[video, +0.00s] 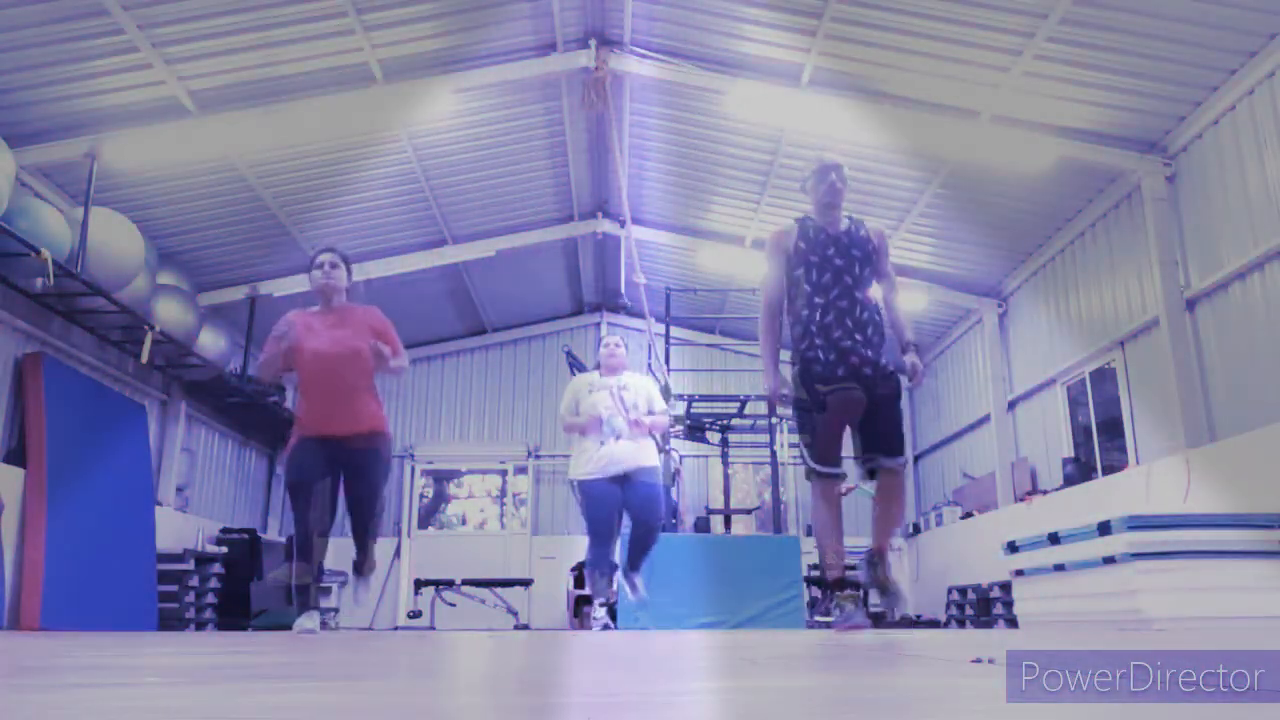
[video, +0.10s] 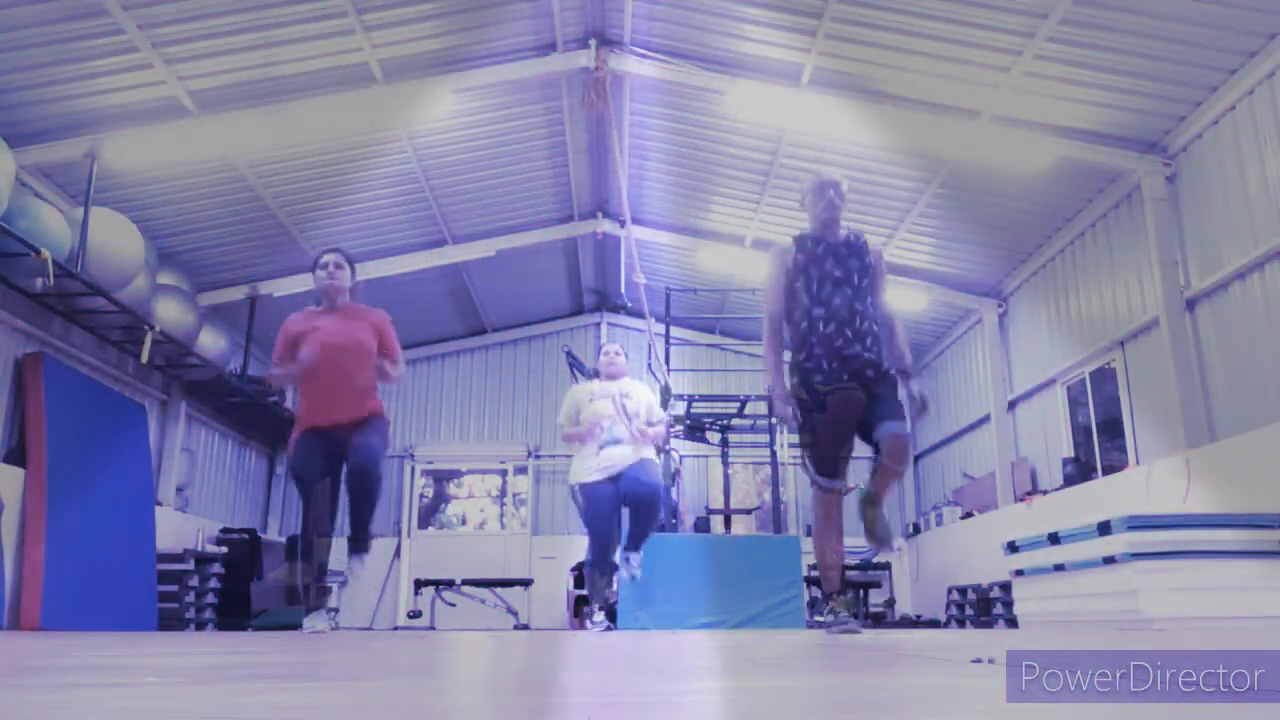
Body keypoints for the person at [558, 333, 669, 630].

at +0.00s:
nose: (613, 347)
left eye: (618, 344)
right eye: (607, 345)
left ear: (627, 355)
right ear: (598, 355)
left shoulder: (643, 382)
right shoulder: (580, 383)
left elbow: (665, 420)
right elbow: (565, 422)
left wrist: (645, 421)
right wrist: (587, 422)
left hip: (640, 466)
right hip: (595, 468)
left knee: (651, 519)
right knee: (602, 533)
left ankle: (632, 570)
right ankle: (599, 601)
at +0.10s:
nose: (612, 356)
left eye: (618, 353)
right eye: (606, 353)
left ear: (626, 363)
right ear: (597, 364)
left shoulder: (641, 390)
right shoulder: (579, 391)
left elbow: (661, 428)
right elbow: (564, 433)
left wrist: (648, 432)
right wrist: (587, 431)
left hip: (636, 459)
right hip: (592, 466)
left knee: (649, 492)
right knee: (603, 536)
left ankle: (633, 551)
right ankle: (597, 606)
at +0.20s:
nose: (612, 371)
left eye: (617, 368)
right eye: (606, 368)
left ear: (626, 377)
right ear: (597, 377)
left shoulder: (639, 408)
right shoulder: (580, 408)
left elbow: (658, 453)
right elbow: (567, 451)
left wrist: (645, 441)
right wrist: (586, 436)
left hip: (630, 473)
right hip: (591, 483)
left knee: (646, 483)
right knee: (601, 553)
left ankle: (640, 549)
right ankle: (600, 614)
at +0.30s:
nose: (615, 366)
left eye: (621, 363)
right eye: (609, 362)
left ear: (629, 372)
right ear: (600, 371)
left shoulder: (641, 402)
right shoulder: (582, 400)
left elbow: (660, 441)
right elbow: (568, 442)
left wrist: (648, 435)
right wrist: (588, 429)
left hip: (635, 467)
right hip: (593, 474)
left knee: (645, 496)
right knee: (601, 546)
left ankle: (641, 567)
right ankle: (599, 612)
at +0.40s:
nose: (619, 357)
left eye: (625, 355)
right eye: (614, 354)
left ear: (634, 365)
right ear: (605, 364)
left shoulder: (648, 393)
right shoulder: (587, 391)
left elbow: (664, 433)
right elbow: (570, 433)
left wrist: (643, 430)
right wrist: (591, 428)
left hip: (639, 466)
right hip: (594, 470)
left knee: (638, 514)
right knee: (600, 537)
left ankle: (645, 587)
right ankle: (597, 607)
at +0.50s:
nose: (626, 368)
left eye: (631, 364)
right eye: (620, 364)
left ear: (638, 372)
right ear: (610, 371)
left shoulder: (650, 401)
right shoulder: (592, 400)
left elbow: (668, 442)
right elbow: (575, 440)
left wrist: (649, 441)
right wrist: (601, 440)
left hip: (641, 482)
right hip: (597, 484)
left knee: (638, 540)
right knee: (602, 547)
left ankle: (644, 610)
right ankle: (596, 610)